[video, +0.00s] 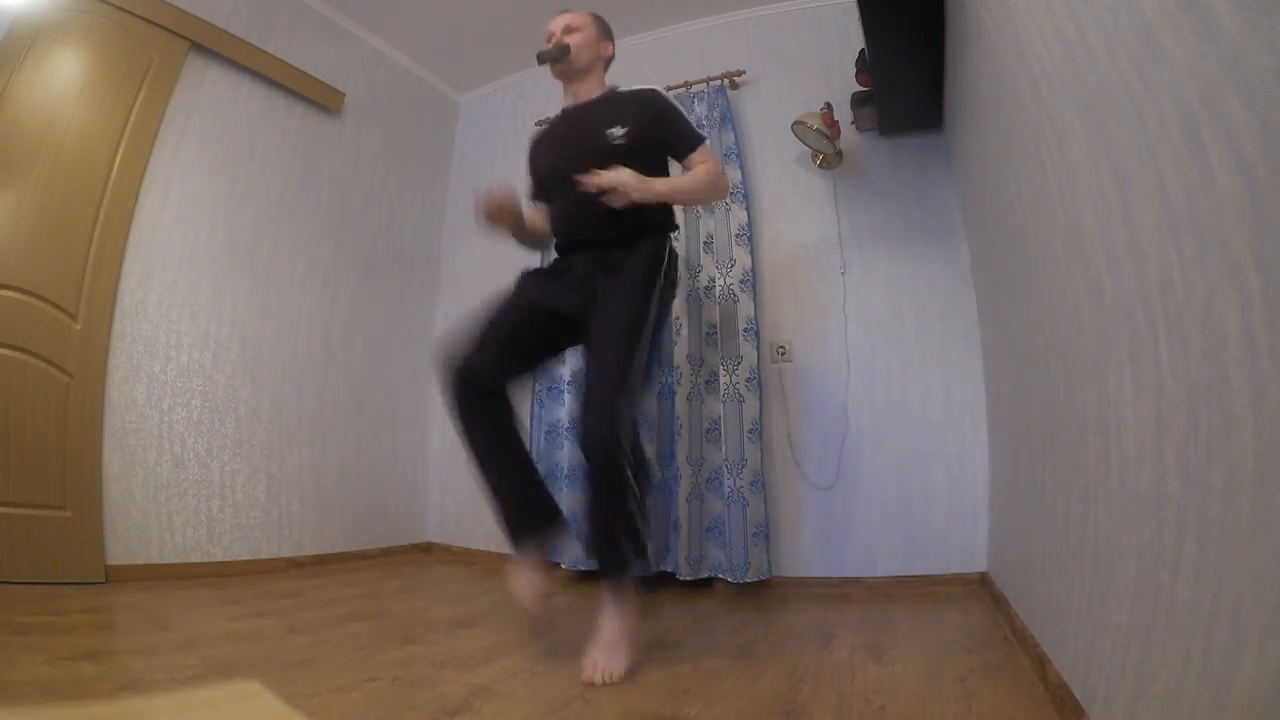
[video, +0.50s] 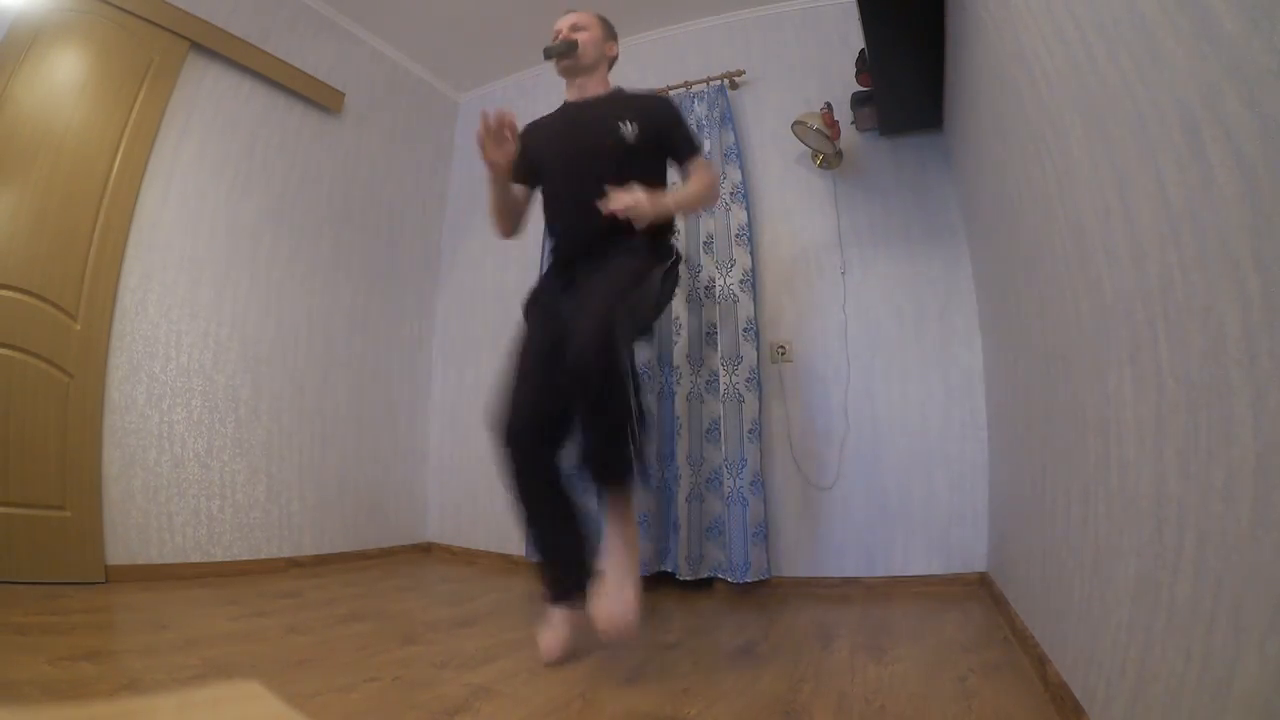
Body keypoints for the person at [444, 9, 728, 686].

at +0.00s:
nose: (555, 37)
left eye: (571, 28)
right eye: (550, 34)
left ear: (607, 49)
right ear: (546, 61)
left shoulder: (646, 106)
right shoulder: (546, 138)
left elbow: (714, 180)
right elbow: (552, 231)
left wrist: (648, 188)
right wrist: (515, 220)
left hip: (633, 273)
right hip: (567, 276)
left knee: (601, 419)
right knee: (472, 374)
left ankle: (618, 599)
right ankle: (535, 535)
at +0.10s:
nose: (559, 55)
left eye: (575, 46)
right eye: (554, 52)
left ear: (612, 69)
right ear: (550, 77)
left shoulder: (637, 125)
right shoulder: (555, 157)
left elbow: (687, 198)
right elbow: (572, 245)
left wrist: (583, 150)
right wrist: (530, 273)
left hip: (625, 305)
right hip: (559, 298)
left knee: (618, 474)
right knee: (440, 267)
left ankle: (627, 630)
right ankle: (489, 446)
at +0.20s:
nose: (562, 38)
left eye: (579, 30)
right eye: (557, 35)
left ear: (612, 51)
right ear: (552, 59)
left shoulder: (640, 110)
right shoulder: (547, 137)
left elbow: (681, 172)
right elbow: (570, 212)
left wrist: (583, 116)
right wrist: (540, 237)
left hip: (626, 282)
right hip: (560, 278)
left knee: (607, 427)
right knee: (451, 331)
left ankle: (620, 611)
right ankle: (519, 496)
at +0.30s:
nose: (569, 30)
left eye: (584, 22)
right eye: (563, 27)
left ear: (616, 44)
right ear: (556, 53)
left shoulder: (651, 113)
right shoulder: (538, 124)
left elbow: (696, 191)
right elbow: (526, 210)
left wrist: (608, 164)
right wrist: (520, 224)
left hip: (627, 250)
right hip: (555, 262)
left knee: (585, 316)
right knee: (534, 426)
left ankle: (604, 516)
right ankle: (565, 603)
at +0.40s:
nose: (567, 43)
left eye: (584, 38)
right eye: (561, 41)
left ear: (615, 66)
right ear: (555, 72)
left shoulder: (652, 137)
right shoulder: (529, 147)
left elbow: (698, 225)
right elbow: (486, 240)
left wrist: (665, 235)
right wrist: (476, 203)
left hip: (634, 294)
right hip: (559, 305)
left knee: (579, 221)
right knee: (569, 457)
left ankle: (600, 427)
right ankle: (600, 611)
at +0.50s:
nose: (564, 35)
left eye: (579, 26)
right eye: (558, 32)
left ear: (612, 49)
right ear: (551, 58)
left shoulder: (648, 110)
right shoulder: (538, 133)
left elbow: (706, 181)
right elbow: (509, 222)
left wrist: (656, 202)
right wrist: (500, 169)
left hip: (637, 263)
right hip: (565, 279)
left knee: (594, 338)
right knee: (525, 429)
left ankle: (619, 529)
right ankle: (565, 590)